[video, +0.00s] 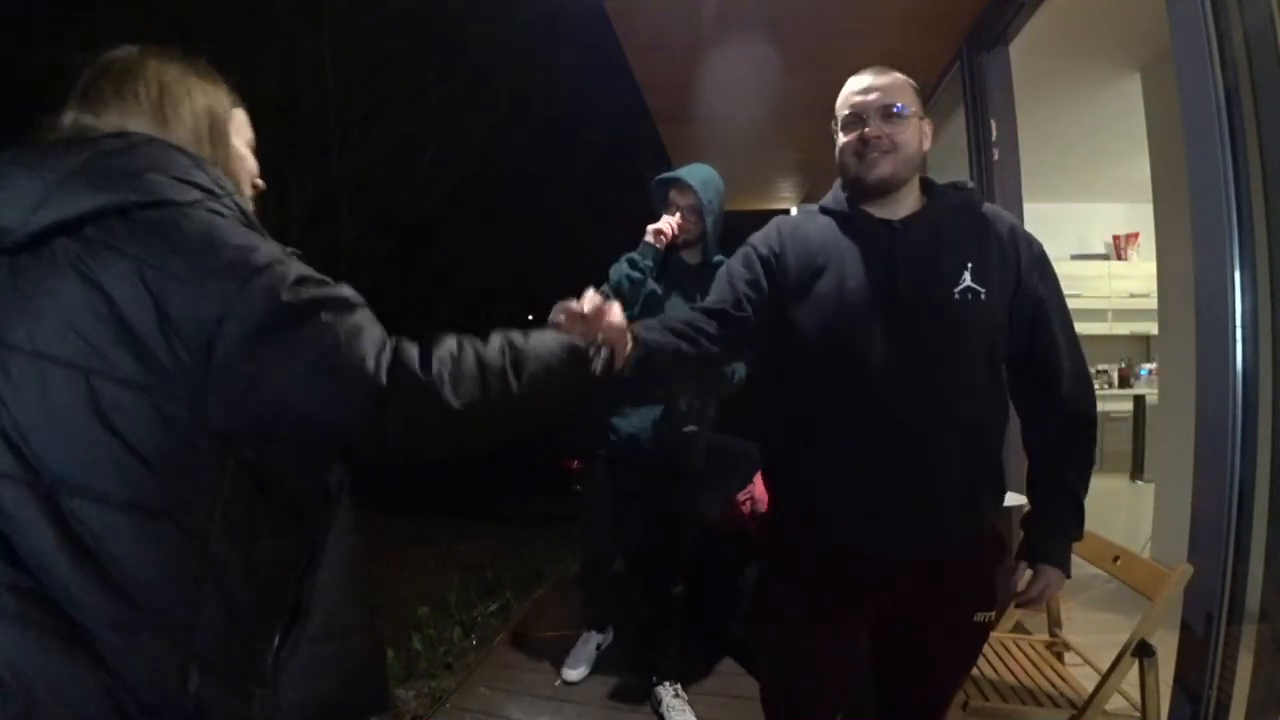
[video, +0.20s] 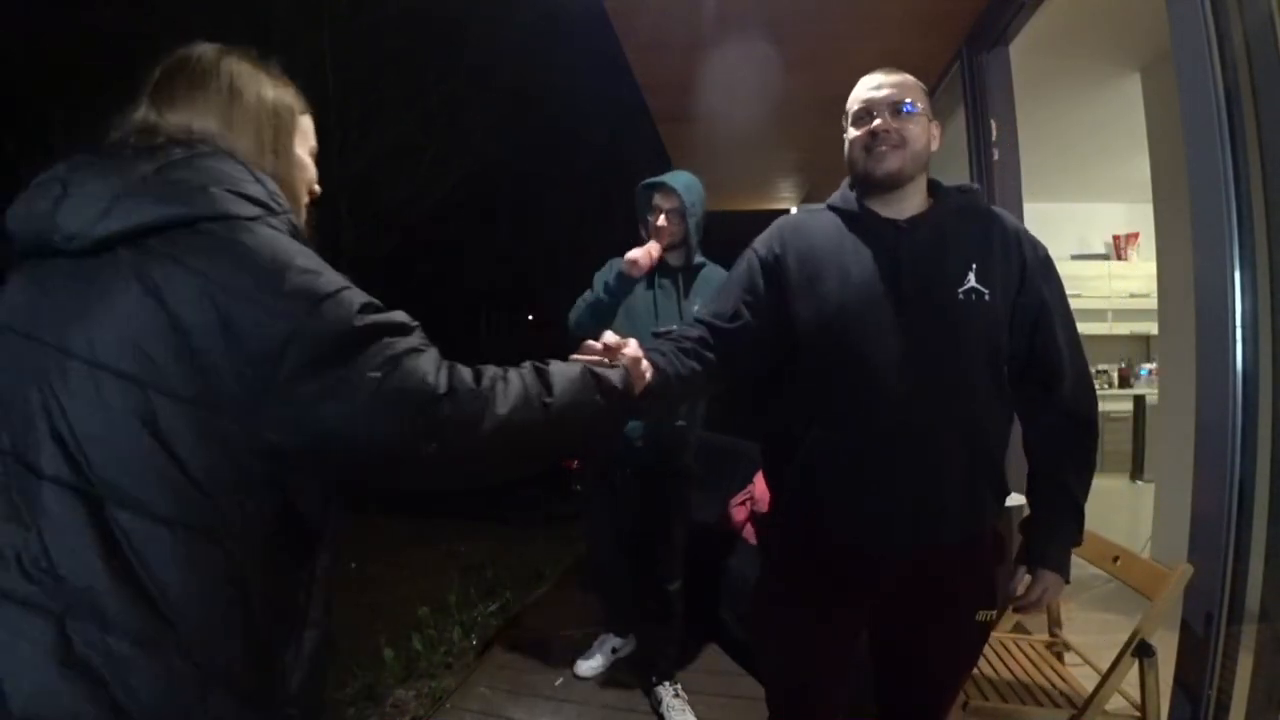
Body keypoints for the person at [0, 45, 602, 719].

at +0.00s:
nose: (259, 176)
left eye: (255, 153)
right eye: (248, 152)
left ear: (104, 133)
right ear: (195, 145)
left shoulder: (25, 235)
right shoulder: (190, 244)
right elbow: (390, 390)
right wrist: (573, 352)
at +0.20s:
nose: (316, 181)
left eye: (315, 155)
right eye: (307, 154)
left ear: (167, 132)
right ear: (255, 143)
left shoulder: (40, 254)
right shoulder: (250, 265)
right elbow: (435, 409)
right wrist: (594, 383)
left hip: (27, 657)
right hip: (176, 671)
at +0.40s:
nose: (350, 171)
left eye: (348, 148)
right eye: (341, 146)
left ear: (186, 128)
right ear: (300, 142)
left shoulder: (53, 288)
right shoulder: (310, 266)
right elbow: (499, 411)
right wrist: (642, 392)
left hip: (62, 683)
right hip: (271, 680)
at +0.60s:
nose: (385, 159)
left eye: (382, 138)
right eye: (379, 137)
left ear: (217, 122)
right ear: (343, 136)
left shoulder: (91, 283)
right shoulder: (350, 262)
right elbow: (553, 403)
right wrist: (682, 309)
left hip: (91, 687)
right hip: (321, 686)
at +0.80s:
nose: (415, 171)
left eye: (413, 155)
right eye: (409, 152)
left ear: (252, 123)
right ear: (384, 145)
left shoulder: (118, 283)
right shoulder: (402, 268)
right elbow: (603, 357)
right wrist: (659, 244)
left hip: (94, 677)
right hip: (338, 679)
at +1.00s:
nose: (424, 192)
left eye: (423, 176)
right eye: (420, 173)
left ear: (291, 139)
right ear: (395, 163)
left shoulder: (158, 255)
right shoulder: (377, 261)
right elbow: (565, 405)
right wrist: (660, 324)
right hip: (304, 667)